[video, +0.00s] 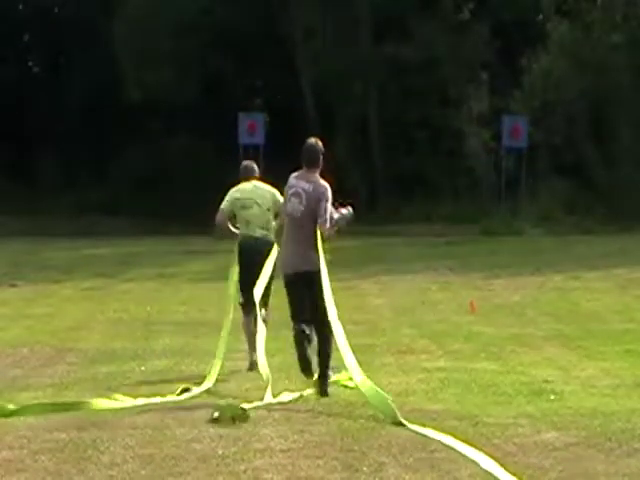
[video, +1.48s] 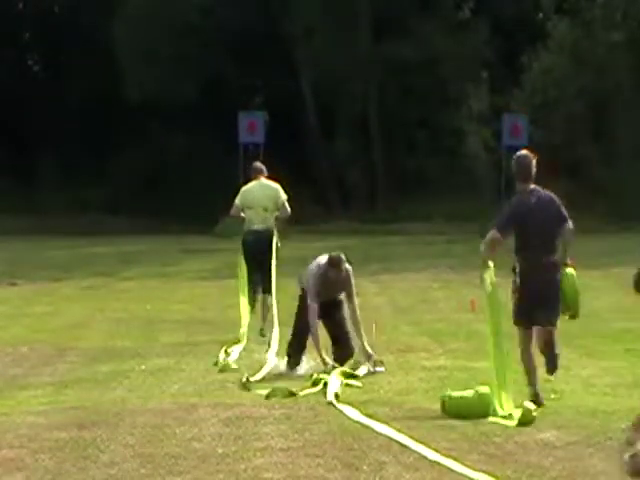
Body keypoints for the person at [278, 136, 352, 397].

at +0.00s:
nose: (322, 161)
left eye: (317, 156)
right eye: (322, 157)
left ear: (302, 158)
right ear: (322, 159)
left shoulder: (292, 181)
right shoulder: (322, 188)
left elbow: (294, 215)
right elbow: (324, 227)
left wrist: (330, 212)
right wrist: (342, 216)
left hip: (288, 264)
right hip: (312, 265)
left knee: (300, 315)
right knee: (322, 320)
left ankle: (303, 341)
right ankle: (323, 378)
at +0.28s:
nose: (297, 159)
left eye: (292, 155)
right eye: (300, 155)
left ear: (284, 157)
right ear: (303, 156)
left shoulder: (276, 183)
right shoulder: (312, 181)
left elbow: (272, 214)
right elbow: (325, 211)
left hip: (286, 262)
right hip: (310, 262)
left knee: (284, 315)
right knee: (313, 317)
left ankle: (279, 365)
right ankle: (314, 372)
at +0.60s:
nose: (311, 169)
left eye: (308, 165)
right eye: (311, 165)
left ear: (291, 163)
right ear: (308, 165)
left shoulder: (280, 183)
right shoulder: (306, 189)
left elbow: (286, 216)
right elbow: (307, 221)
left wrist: (315, 220)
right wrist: (325, 233)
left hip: (271, 264)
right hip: (295, 267)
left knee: (276, 316)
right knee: (299, 324)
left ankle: (267, 352)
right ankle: (285, 372)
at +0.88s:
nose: (320, 190)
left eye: (321, 185)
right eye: (320, 185)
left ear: (307, 180)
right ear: (312, 183)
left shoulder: (304, 199)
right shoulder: (294, 199)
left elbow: (306, 231)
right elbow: (300, 228)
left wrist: (324, 249)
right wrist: (330, 234)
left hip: (287, 266)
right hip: (280, 267)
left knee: (297, 316)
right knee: (301, 315)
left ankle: (275, 365)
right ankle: (274, 366)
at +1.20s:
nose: (321, 224)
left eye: (324, 221)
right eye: (317, 221)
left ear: (328, 216)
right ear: (310, 216)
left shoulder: (329, 225)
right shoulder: (299, 221)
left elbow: (340, 259)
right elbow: (281, 259)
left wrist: (348, 300)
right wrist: (293, 293)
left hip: (317, 267)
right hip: (296, 265)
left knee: (327, 314)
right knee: (299, 310)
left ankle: (318, 363)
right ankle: (294, 365)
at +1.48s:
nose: (339, 275)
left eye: (342, 271)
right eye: (336, 272)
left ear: (344, 268)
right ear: (328, 269)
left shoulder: (346, 272)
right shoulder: (315, 274)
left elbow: (353, 310)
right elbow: (312, 322)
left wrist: (364, 345)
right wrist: (321, 356)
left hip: (332, 299)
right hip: (311, 297)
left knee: (345, 348)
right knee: (299, 337)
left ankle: (335, 374)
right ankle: (291, 370)